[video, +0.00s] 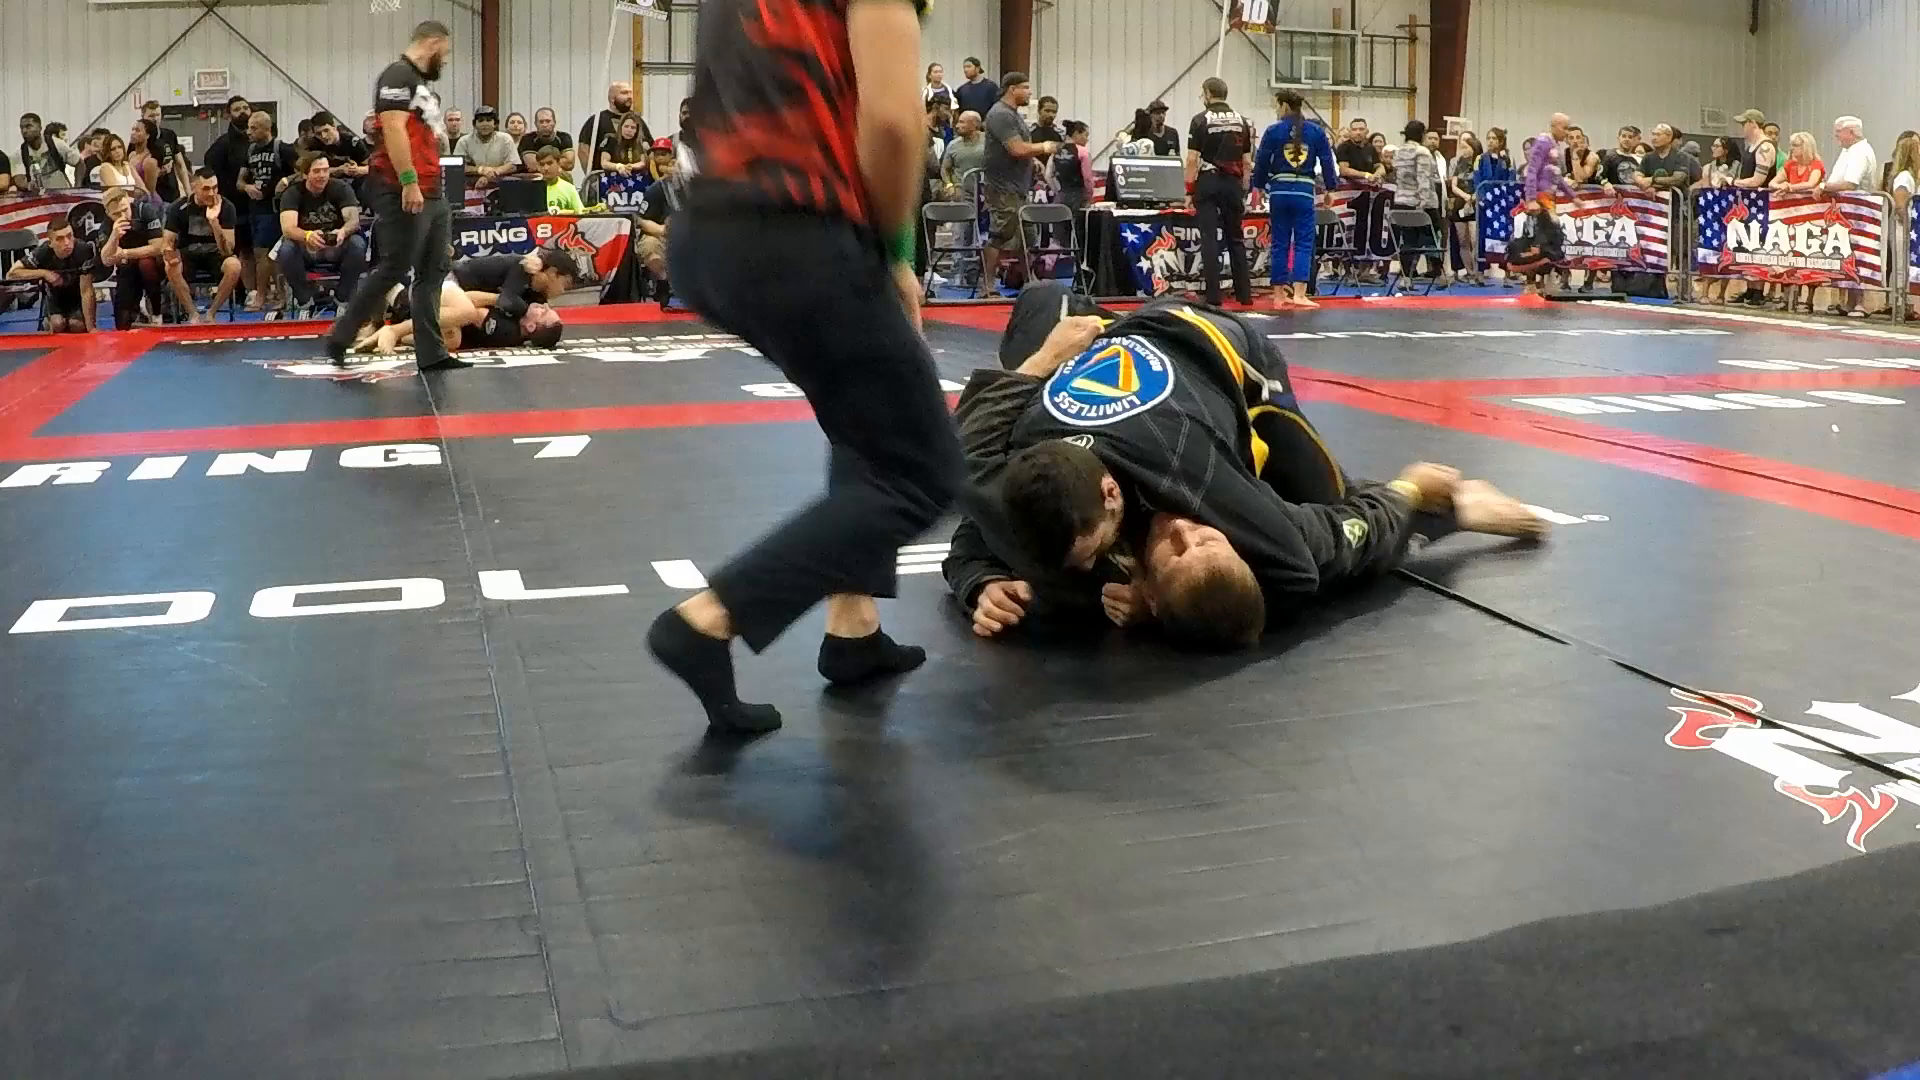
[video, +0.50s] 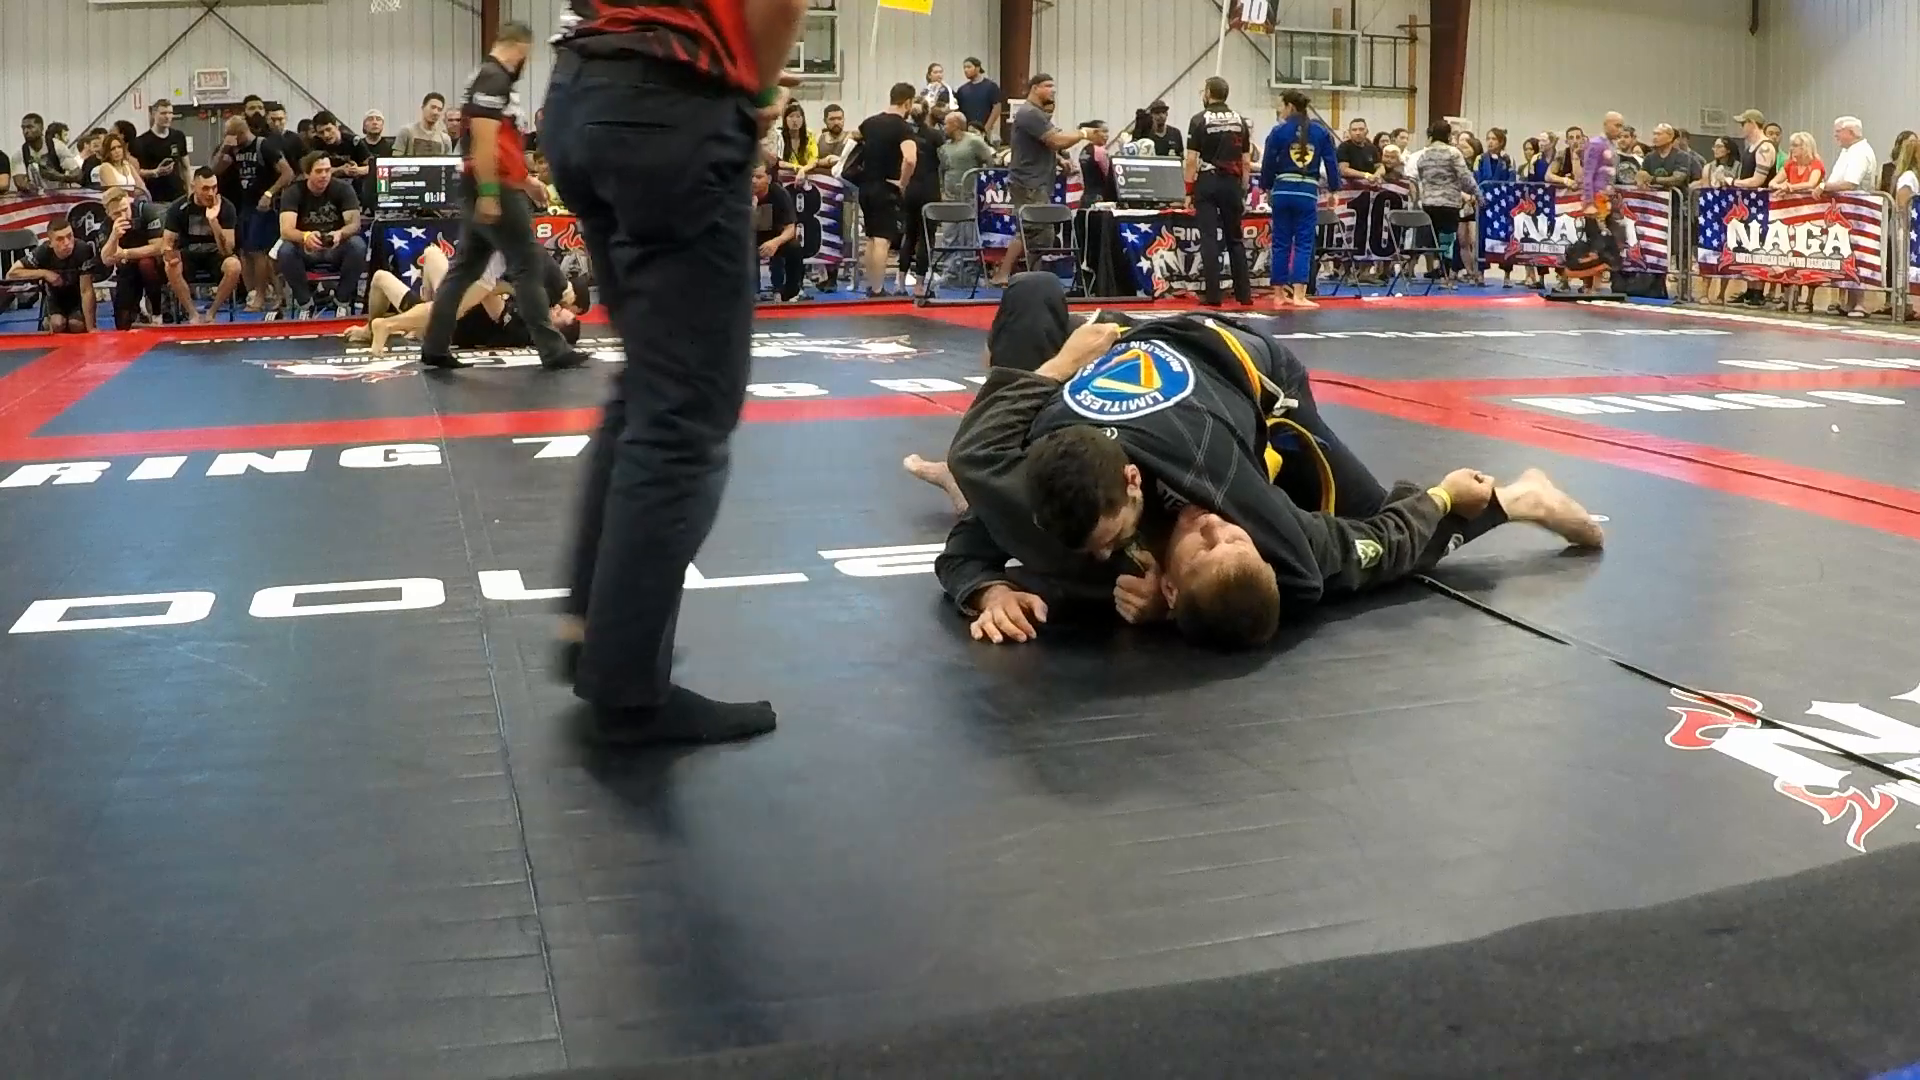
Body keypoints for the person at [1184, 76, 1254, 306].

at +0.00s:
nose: (1202, 96)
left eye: (1203, 93)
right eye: (1203, 93)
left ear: (1208, 94)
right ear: (1225, 94)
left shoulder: (1200, 120)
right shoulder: (1241, 120)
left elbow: (1192, 160)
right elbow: (1246, 161)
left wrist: (1189, 190)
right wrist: (1244, 191)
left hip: (1207, 180)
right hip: (1233, 181)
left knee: (1209, 238)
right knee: (1235, 237)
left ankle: (1213, 296)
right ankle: (1244, 293)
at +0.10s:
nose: (1202, 97)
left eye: (1203, 93)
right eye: (1203, 93)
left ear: (1208, 95)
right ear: (1225, 95)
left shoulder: (1200, 120)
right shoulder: (1241, 120)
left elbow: (1192, 160)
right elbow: (1246, 161)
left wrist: (1189, 192)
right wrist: (1243, 190)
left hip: (1207, 179)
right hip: (1233, 181)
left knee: (1209, 238)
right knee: (1235, 237)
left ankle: (1212, 295)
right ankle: (1244, 293)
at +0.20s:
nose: (1202, 97)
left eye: (1203, 93)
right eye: (1203, 93)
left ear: (1208, 95)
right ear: (1225, 95)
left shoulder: (1200, 120)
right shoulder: (1240, 120)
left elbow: (1192, 160)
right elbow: (1246, 161)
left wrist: (1189, 191)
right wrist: (1243, 190)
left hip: (1207, 180)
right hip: (1232, 181)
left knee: (1208, 238)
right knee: (1235, 238)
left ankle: (1213, 296)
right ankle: (1244, 294)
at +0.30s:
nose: (1202, 95)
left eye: (1203, 92)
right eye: (1203, 92)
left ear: (1208, 94)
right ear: (1225, 94)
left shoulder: (1199, 120)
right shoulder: (1240, 120)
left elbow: (1191, 159)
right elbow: (1246, 160)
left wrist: (1189, 191)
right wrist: (1243, 191)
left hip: (1207, 179)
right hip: (1233, 181)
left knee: (1209, 238)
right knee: (1235, 238)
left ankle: (1212, 294)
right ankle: (1244, 293)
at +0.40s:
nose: (1202, 94)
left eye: (1203, 91)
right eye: (1204, 90)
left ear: (1208, 94)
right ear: (1225, 95)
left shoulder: (1199, 120)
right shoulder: (1240, 120)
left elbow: (1192, 160)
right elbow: (1245, 160)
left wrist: (1188, 191)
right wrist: (1243, 189)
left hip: (1207, 179)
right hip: (1232, 181)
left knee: (1209, 238)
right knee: (1235, 238)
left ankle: (1212, 295)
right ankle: (1244, 294)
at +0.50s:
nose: (1202, 94)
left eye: (1204, 91)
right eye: (1204, 90)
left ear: (1208, 94)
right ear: (1226, 95)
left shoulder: (1199, 120)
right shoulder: (1239, 120)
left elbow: (1191, 160)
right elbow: (1245, 160)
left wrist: (1189, 191)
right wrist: (1243, 190)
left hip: (1207, 179)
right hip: (1232, 181)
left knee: (1208, 238)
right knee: (1235, 238)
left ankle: (1213, 295)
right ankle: (1243, 294)